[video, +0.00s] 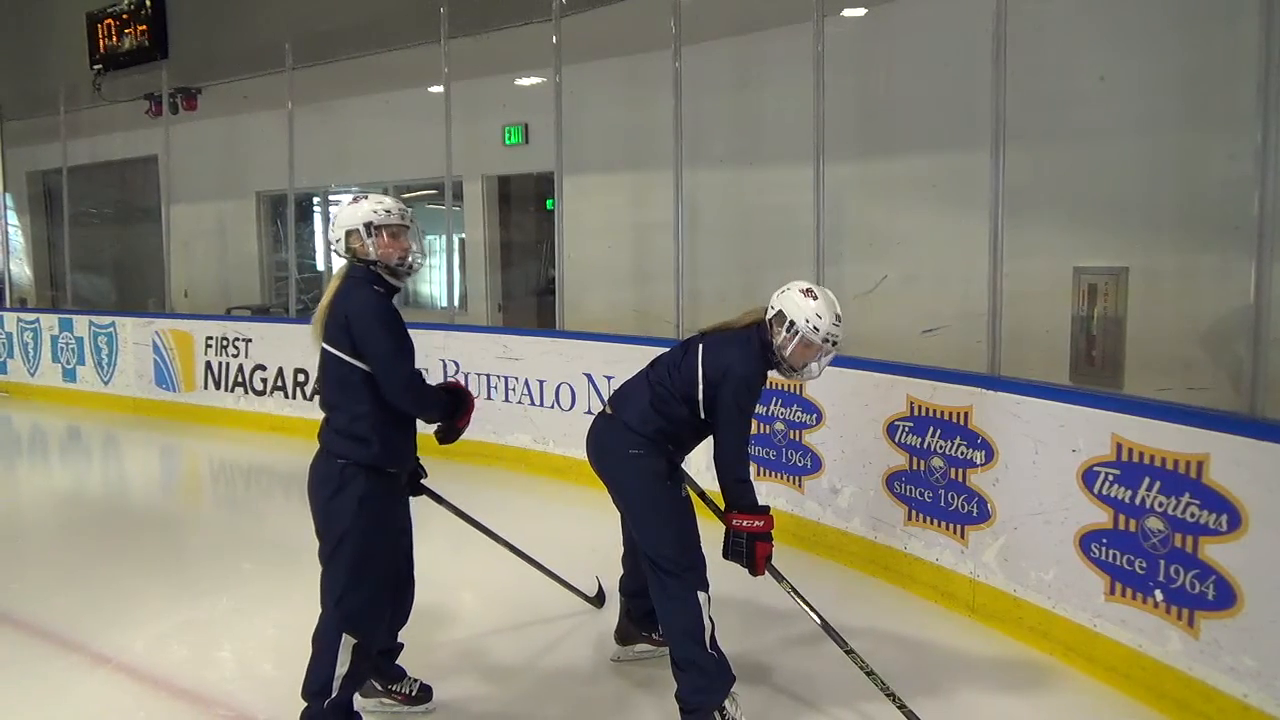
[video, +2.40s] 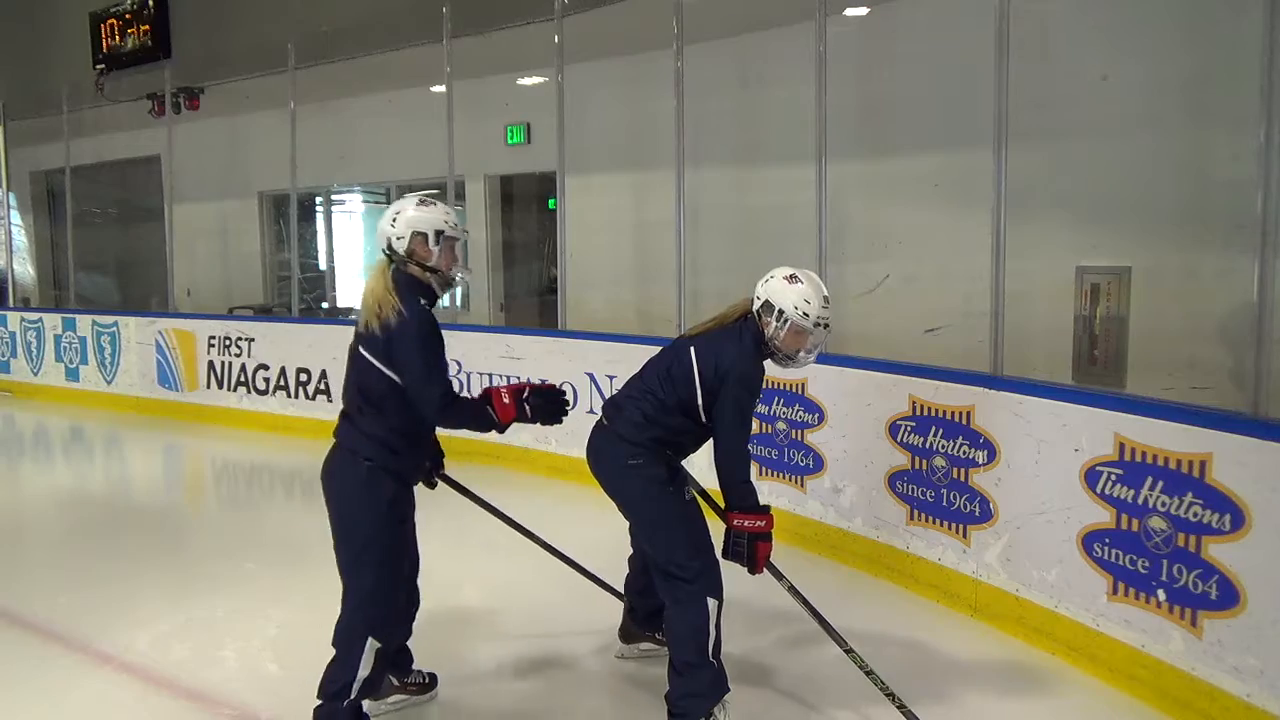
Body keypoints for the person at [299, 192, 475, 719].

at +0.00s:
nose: (403, 245)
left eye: (406, 235)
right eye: (391, 235)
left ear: (407, 239)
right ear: (360, 241)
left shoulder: (363, 295)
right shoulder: (363, 299)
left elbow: (367, 394)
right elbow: (401, 388)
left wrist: (401, 460)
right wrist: (452, 401)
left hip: (373, 468)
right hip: (352, 472)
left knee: (390, 578)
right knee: (351, 594)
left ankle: (377, 668)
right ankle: (327, 707)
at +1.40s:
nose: (366, 251)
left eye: (375, 239)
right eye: (353, 241)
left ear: (392, 244)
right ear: (335, 248)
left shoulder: (396, 306)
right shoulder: (321, 317)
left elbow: (399, 386)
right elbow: (321, 411)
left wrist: (424, 424)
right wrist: (384, 436)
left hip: (388, 472)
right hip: (337, 477)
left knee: (387, 579)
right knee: (345, 596)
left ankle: (376, 670)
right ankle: (320, 707)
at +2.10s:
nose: (420, 252)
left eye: (420, 240)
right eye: (409, 241)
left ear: (397, 245)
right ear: (376, 244)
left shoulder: (391, 301)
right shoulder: (351, 309)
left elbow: (394, 396)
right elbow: (361, 412)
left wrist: (425, 441)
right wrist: (447, 424)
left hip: (383, 469)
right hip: (348, 475)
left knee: (388, 580)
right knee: (355, 603)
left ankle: (378, 675)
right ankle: (325, 707)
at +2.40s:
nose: (454, 256)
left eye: (454, 245)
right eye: (445, 245)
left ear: (420, 248)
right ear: (415, 247)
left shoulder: (394, 300)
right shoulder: (408, 314)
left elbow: (384, 390)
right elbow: (437, 406)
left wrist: (422, 446)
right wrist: (510, 406)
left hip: (381, 466)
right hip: (365, 471)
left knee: (398, 580)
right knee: (369, 592)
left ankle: (387, 670)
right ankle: (337, 705)